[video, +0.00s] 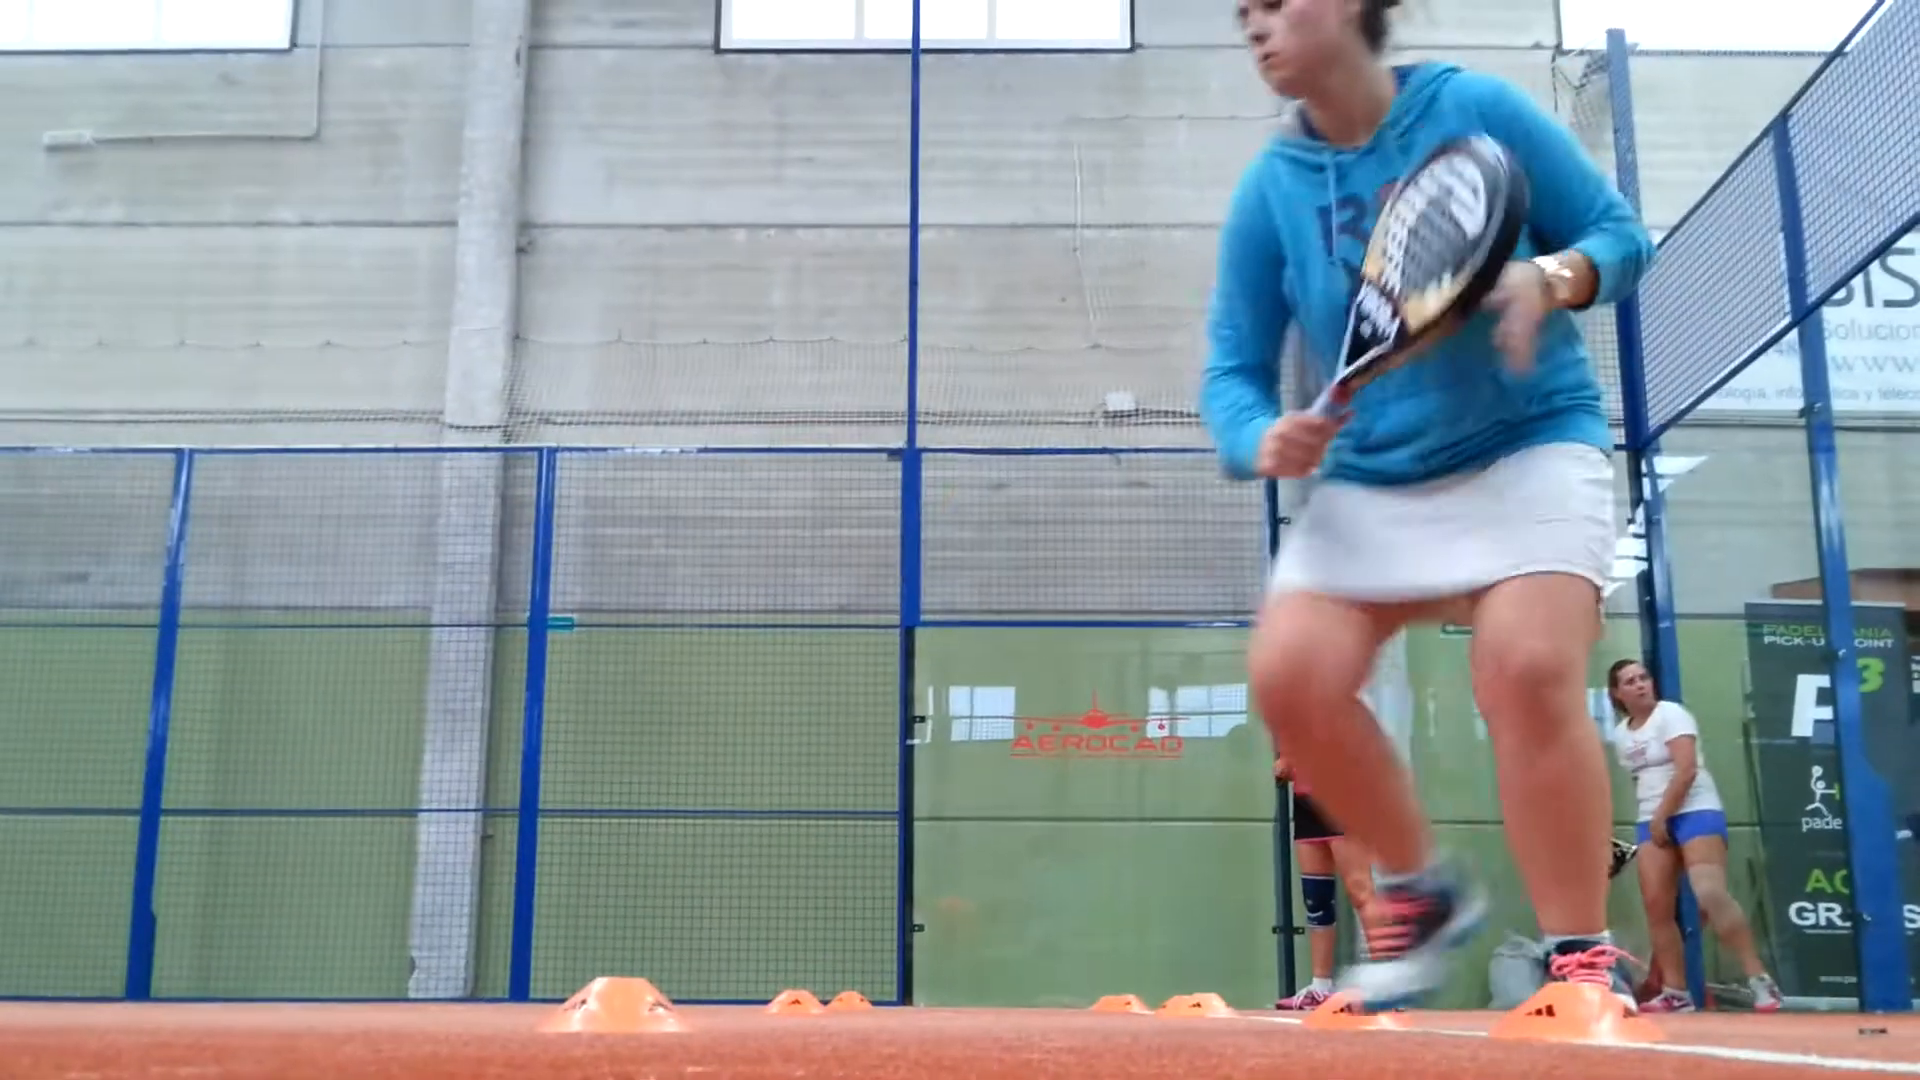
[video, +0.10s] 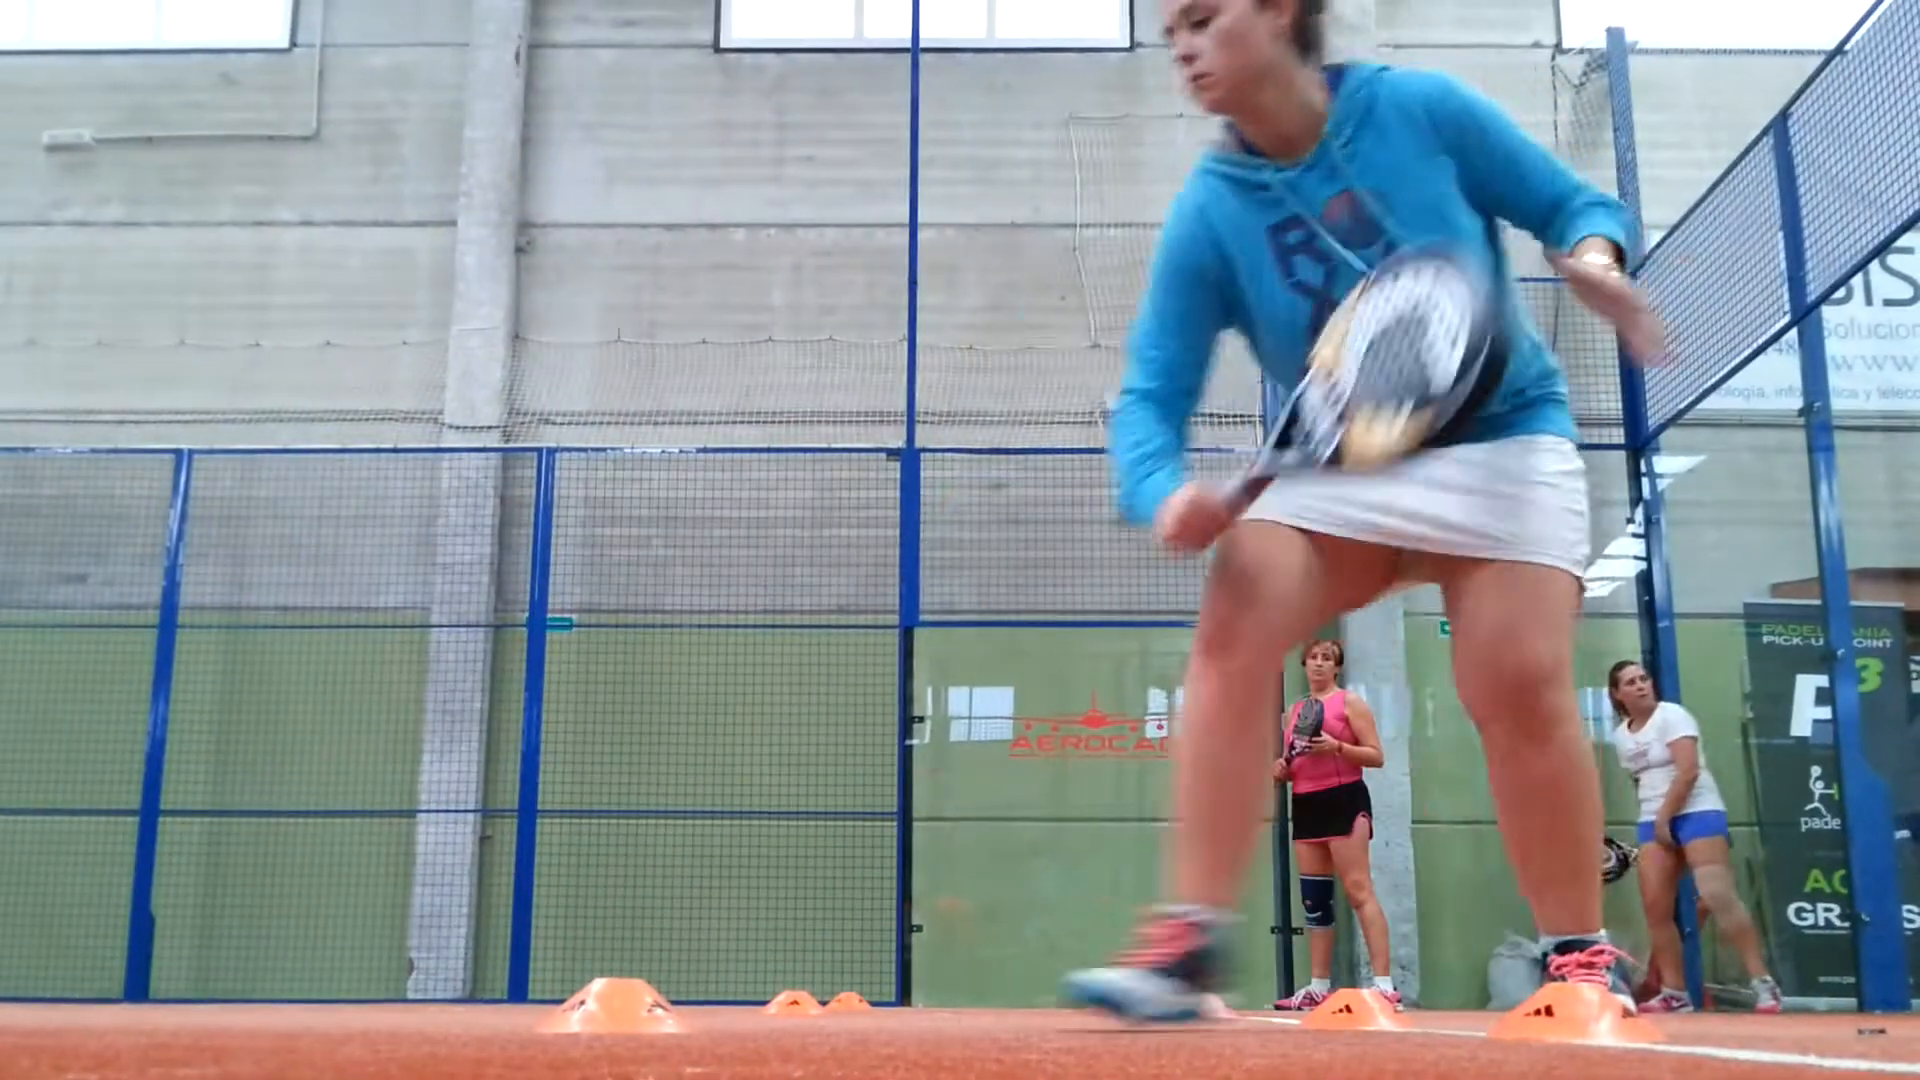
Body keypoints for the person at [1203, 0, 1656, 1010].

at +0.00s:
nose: (1254, 27)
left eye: (1278, 5)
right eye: (1247, 13)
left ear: (1358, 9)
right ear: (1252, 38)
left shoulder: (1475, 112)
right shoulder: (1268, 193)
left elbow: (1622, 235)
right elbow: (1229, 379)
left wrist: (1555, 277)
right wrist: (1260, 438)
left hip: (1529, 449)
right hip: (1368, 481)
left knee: (1527, 670)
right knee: (1288, 676)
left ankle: (1581, 965)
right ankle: (1420, 895)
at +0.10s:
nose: (1181, 49)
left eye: (1202, 21)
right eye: (1172, 34)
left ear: (1282, 15)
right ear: (1177, 54)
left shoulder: (1420, 108)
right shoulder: (1209, 214)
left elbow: (1574, 207)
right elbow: (1147, 401)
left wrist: (1587, 256)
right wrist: (1164, 494)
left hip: (1503, 441)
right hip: (1346, 469)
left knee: (1516, 673)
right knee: (1237, 597)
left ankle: (1581, 969)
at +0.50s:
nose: (945, 193)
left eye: (960, 157)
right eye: (932, 173)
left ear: (1049, 131)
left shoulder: (1223, 186)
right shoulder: (1006, 344)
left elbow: (1390, 185)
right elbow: (926, 542)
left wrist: (1548, 202)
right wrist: (822, 748)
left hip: (1335, 473)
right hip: (1163, 488)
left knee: (1435, 722)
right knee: (1075, 660)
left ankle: (1525, 977)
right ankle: (1032, 978)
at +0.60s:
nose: (956, 140)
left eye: (974, 103)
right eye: (946, 121)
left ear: (1065, 85)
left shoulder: (1231, 146)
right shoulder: (1014, 312)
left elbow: (1401, 154)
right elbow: (939, 508)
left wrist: (1568, 172)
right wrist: (841, 706)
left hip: (1357, 438)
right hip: (1181, 462)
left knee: (1473, 670)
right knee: (1100, 645)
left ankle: (1562, 919)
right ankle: (1046, 959)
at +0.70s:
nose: (1004, 85)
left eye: (1026, 48)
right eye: (995, 67)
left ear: (1119, 46)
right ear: (1007, 101)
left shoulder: (1273, 128)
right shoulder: (1050, 277)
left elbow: (1451, 171)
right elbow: (980, 470)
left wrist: (1620, 210)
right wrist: (887, 667)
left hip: (1389, 434)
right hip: (1211, 465)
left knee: (1525, 623)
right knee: (1126, 647)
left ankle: (1624, 877)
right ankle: (1046, 969)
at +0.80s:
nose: (1109, 23)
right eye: (1103, 4)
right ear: (1114, 31)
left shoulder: (1370, 84)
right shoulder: (1130, 212)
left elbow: (1535, 177)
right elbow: (1076, 430)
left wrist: (1707, 247)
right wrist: (1016, 588)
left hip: (1457, 437)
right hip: (1269, 465)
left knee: (1581, 600)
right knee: (1174, 658)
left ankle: (1752, 892)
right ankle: (1050, 972)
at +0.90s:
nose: (1270, 3)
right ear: (1261, 5)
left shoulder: (1494, 39)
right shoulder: (1251, 147)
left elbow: (1663, 164)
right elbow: (1240, 363)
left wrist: (1838, 251)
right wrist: (1193, 511)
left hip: (1558, 402)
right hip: (1366, 430)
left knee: (1628, 648)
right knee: (1261, 648)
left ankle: (1826, 950)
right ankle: (1064, 952)